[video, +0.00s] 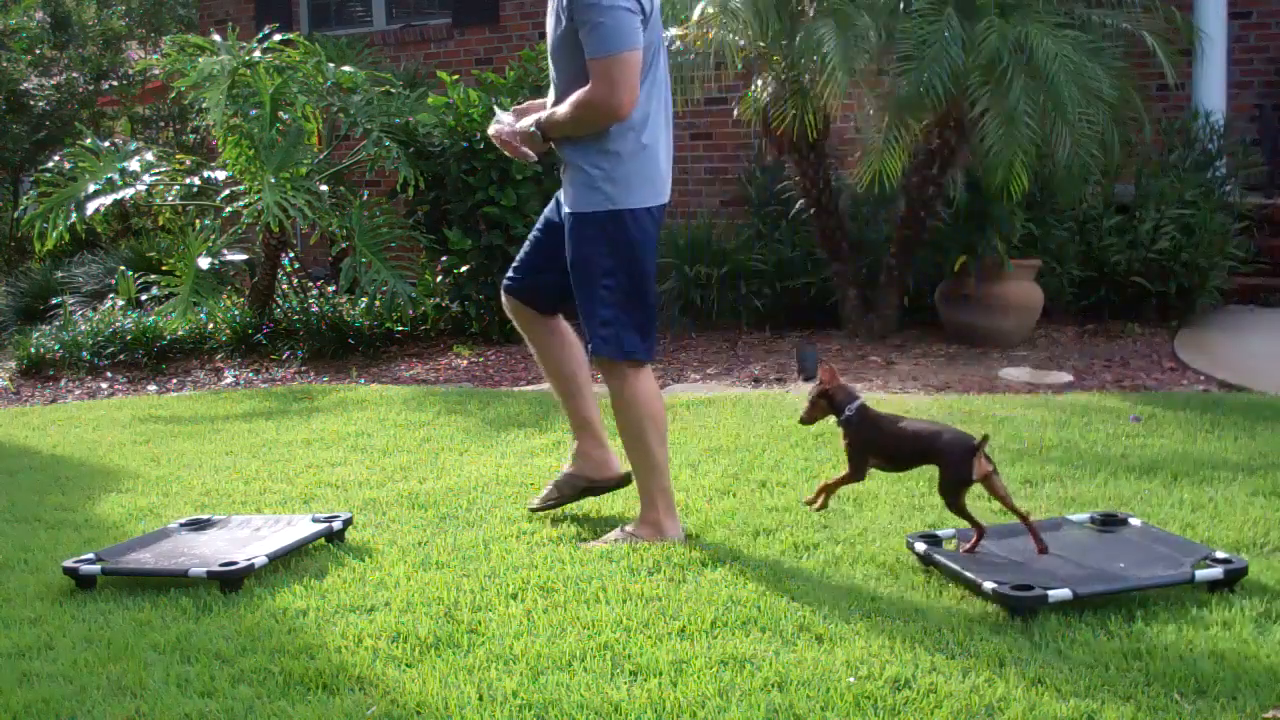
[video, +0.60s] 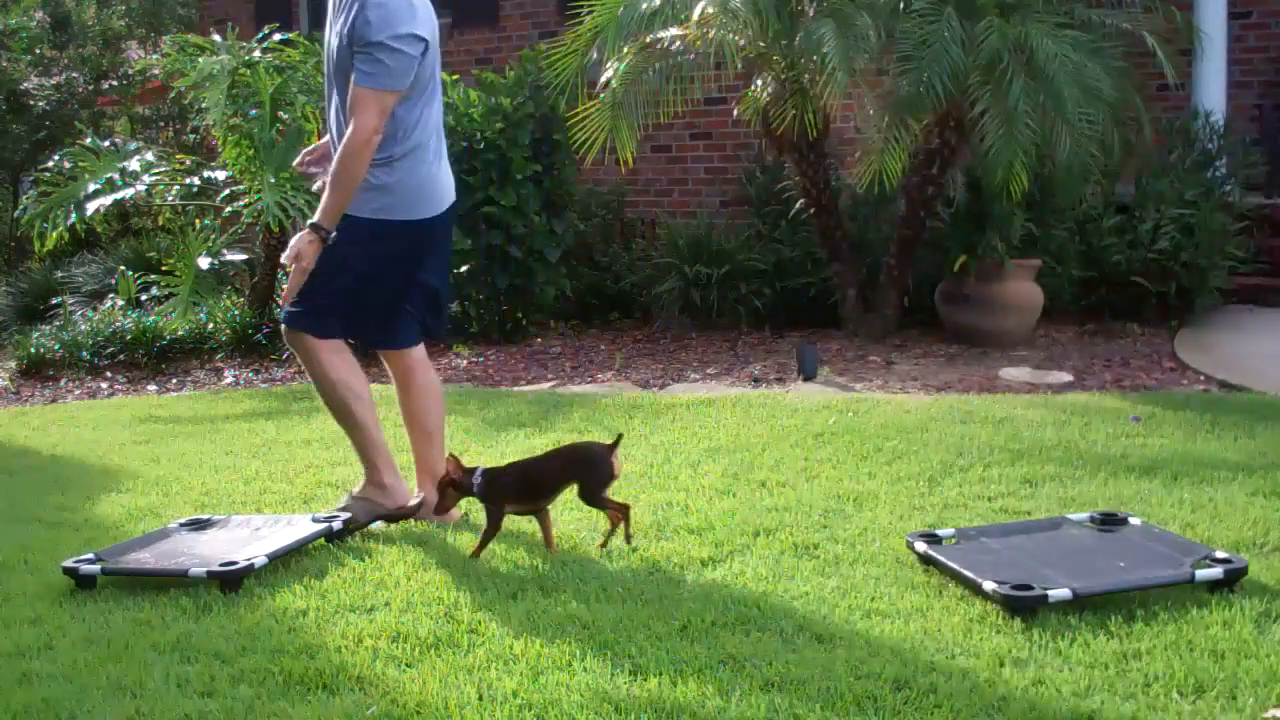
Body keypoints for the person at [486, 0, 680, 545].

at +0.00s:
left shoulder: (604, 2)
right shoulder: (578, 4)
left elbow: (614, 98)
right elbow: (593, 82)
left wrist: (545, 127)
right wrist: (531, 112)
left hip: (617, 188)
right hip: (590, 185)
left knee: (621, 355)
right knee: (527, 295)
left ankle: (660, 520)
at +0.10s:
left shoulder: (570, 3)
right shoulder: (532, 4)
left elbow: (583, 105)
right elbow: (556, 85)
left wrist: (504, 148)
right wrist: (502, 118)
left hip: (581, 195)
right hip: (550, 194)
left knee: (606, 350)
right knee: (499, 315)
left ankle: (660, 519)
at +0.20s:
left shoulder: (537, 5)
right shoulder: (488, 5)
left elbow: (544, 120)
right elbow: (515, 101)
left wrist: (459, 184)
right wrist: (468, 131)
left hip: (542, 204)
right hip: (504, 203)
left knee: (579, 357)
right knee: (477, 343)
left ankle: (656, 515)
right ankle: (449, 496)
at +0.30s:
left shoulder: (504, 13)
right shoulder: (443, 6)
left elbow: (495, 135)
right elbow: (472, 109)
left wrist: (418, 216)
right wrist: (431, 141)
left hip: (494, 215)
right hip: (454, 212)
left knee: (513, 363)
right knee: (436, 351)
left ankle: (631, 486)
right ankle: (437, 499)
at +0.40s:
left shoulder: (463, 14)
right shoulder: (409, 6)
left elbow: (441, 135)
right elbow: (432, 104)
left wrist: (391, 231)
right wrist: (396, 142)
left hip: (453, 214)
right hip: (427, 211)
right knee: (424, 355)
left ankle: (564, 439)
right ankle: (435, 499)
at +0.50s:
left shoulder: (428, 14)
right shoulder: (382, 4)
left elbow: (402, 131)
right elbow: (396, 95)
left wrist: (358, 229)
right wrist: (363, 137)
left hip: (419, 206)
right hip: (406, 199)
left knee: (342, 337)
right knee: (408, 345)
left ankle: (486, 437)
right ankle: (432, 498)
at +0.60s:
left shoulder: (389, 13)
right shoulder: (359, 5)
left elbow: (366, 131)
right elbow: (384, 105)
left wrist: (319, 227)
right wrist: (339, 142)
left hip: (382, 206)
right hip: (414, 201)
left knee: (307, 324)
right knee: (401, 338)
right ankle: (435, 494)